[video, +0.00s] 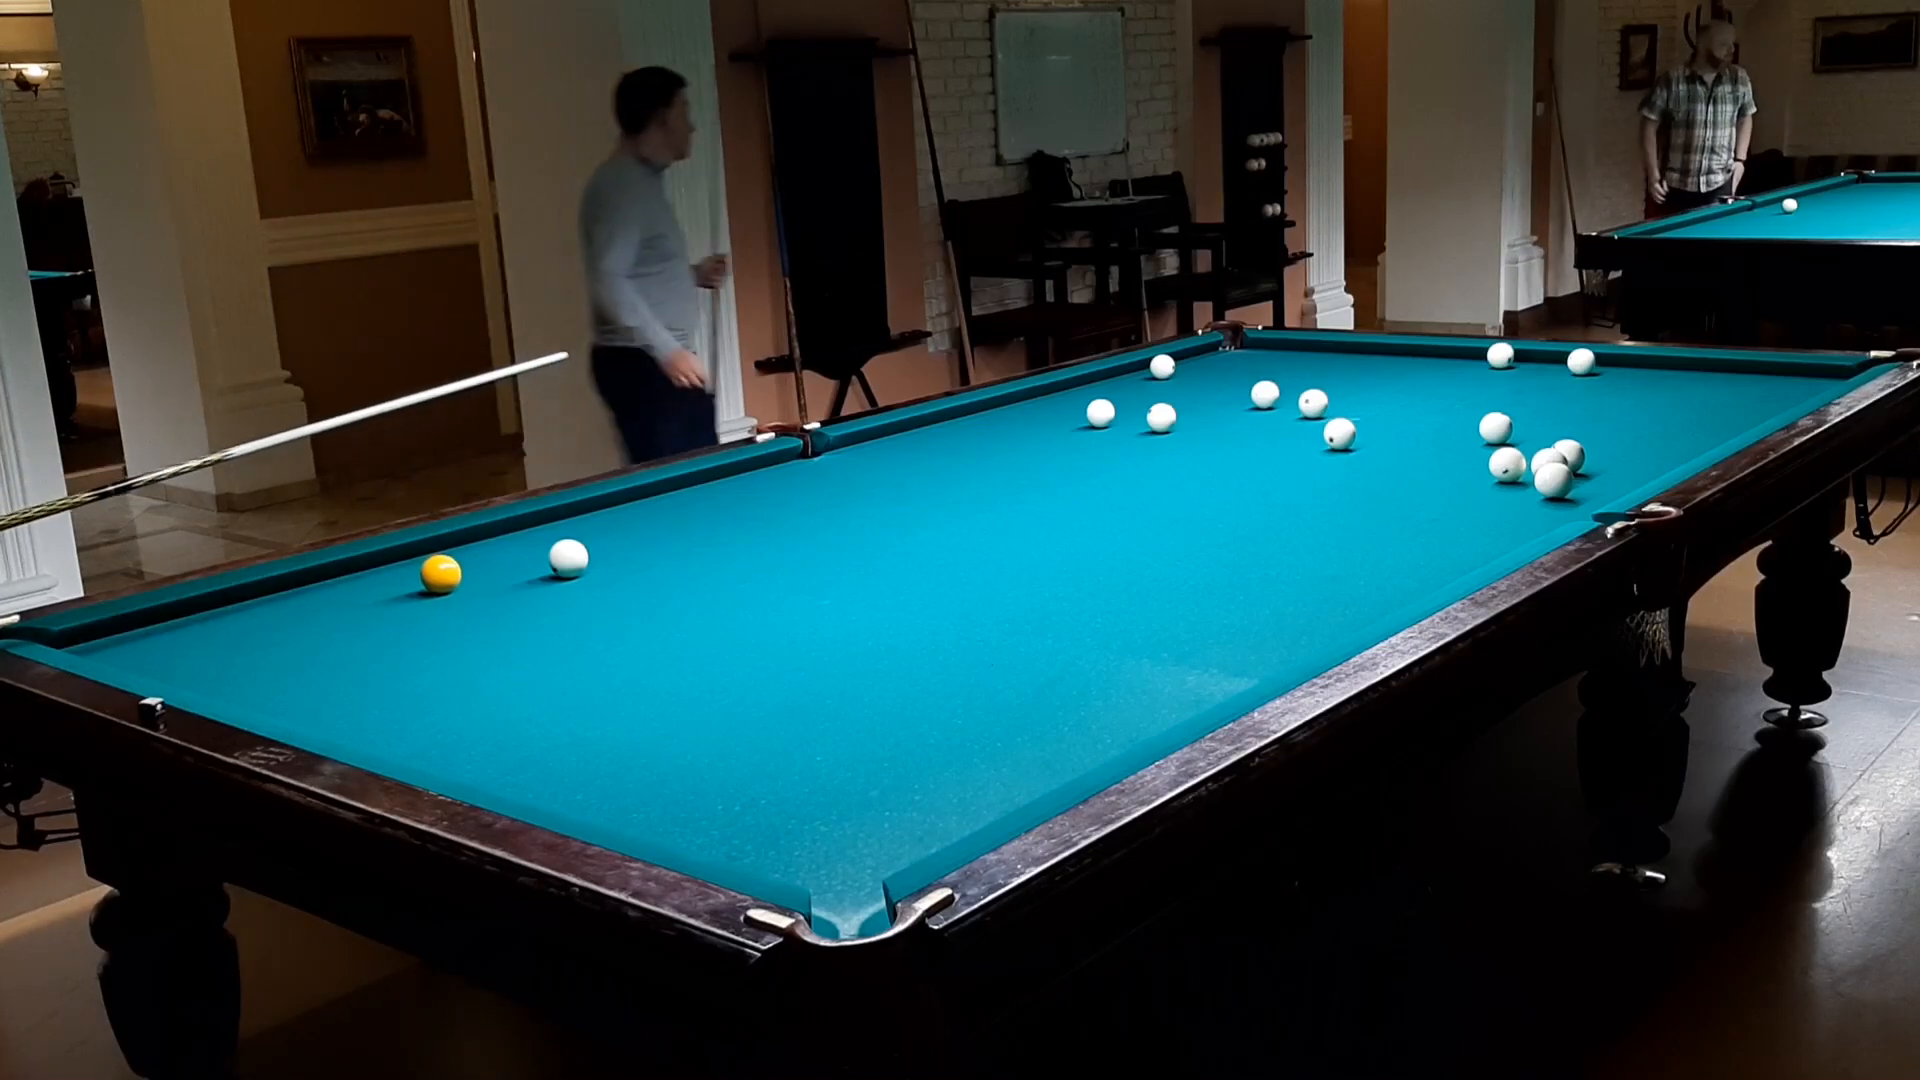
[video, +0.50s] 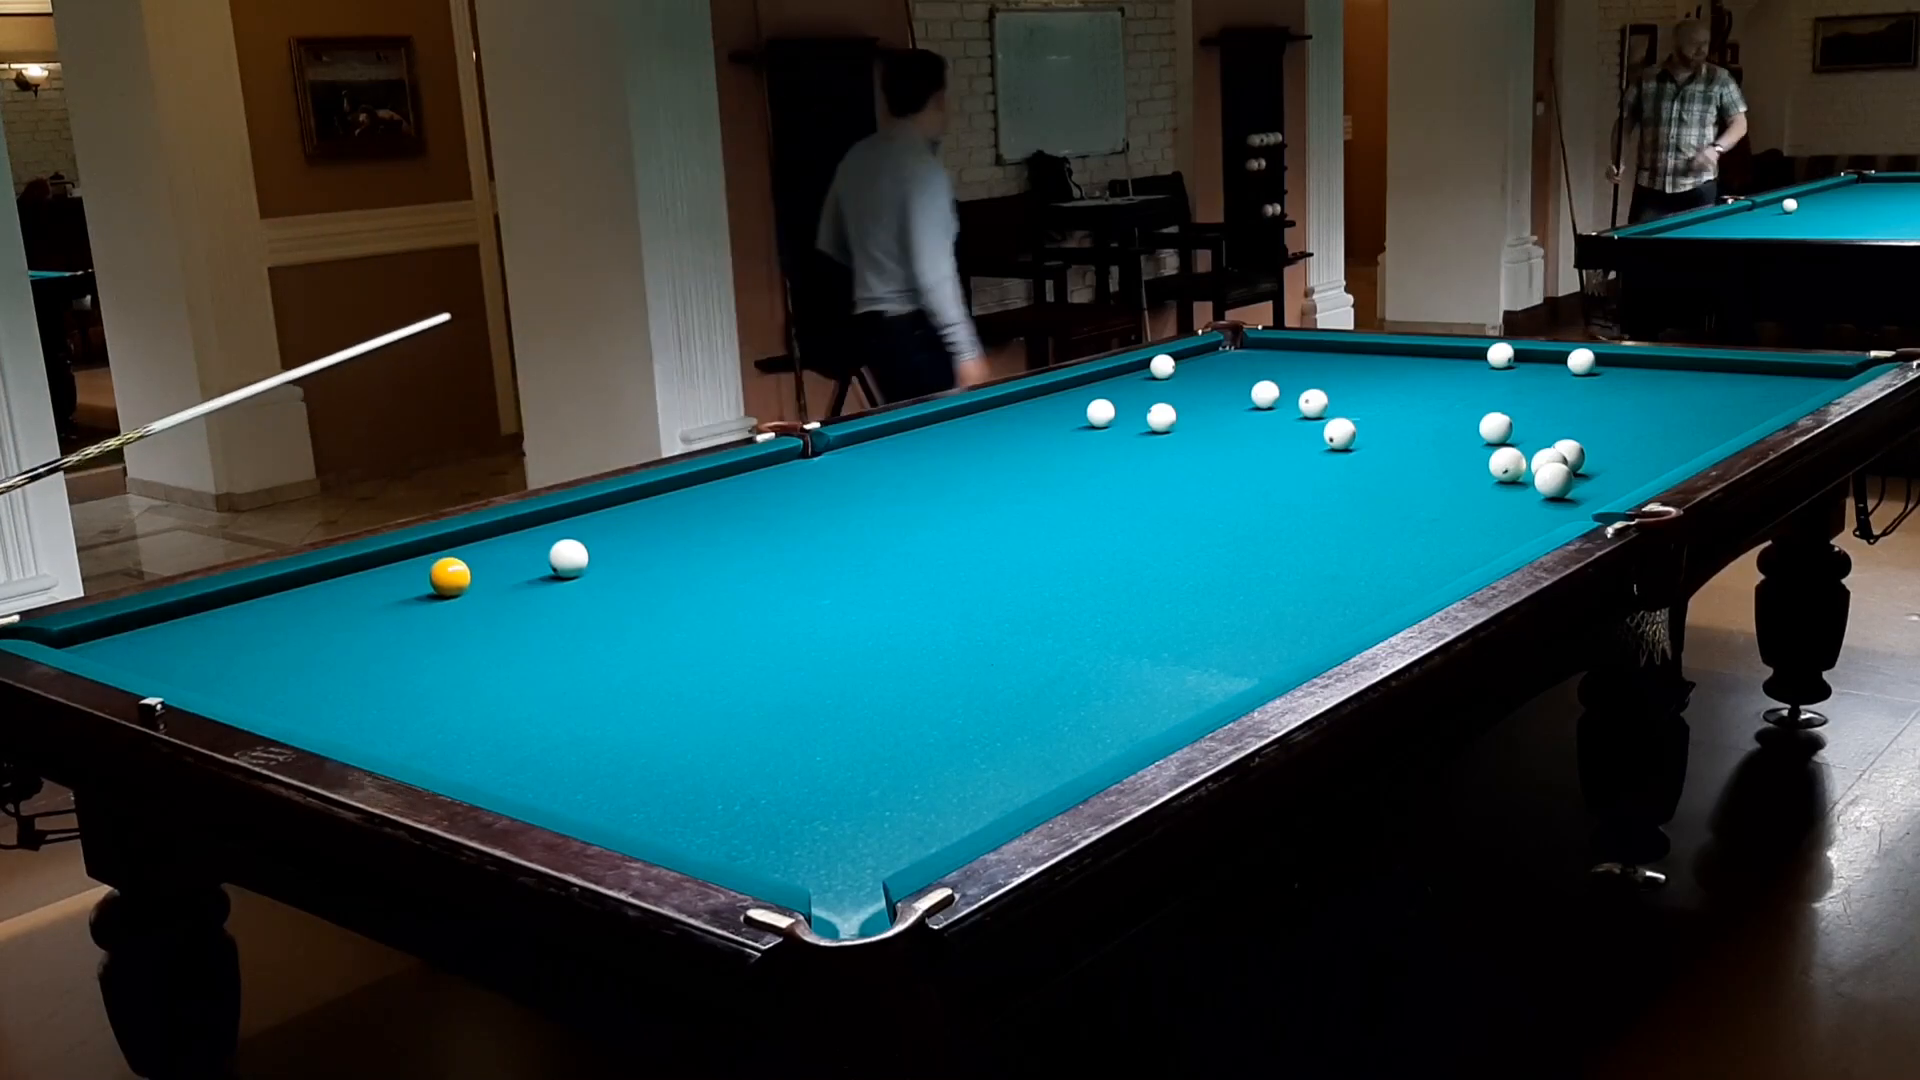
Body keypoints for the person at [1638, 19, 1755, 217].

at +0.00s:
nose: (1731, 50)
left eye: (1733, 45)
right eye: (1724, 44)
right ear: (1702, 43)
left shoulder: (1738, 79)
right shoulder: (1672, 80)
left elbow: (1745, 119)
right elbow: (1649, 125)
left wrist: (1740, 160)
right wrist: (1653, 174)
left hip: (1719, 188)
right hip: (1675, 189)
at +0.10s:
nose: (1733, 50)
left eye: (1734, 44)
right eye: (1726, 44)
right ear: (1704, 42)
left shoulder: (1739, 78)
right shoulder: (1671, 77)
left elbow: (1747, 118)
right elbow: (1646, 118)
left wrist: (1739, 159)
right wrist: (1643, 168)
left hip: (1716, 184)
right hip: (1672, 183)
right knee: (1668, 246)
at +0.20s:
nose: (1730, 49)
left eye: (1733, 43)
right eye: (1724, 42)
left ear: (1736, 45)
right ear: (1701, 40)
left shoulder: (1739, 79)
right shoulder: (1668, 76)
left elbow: (1749, 119)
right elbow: (1644, 119)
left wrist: (1740, 156)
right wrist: (1636, 167)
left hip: (1713, 185)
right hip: (1668, 183)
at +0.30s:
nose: (1724, 48)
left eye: (1727, 41)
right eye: (1717, 41)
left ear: (1730, 40)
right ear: (1695, 39)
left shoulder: (1736, 79)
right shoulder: (1664, 76)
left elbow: (1750, 119)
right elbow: (1639, 118)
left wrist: (1740, 156)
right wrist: (1628, 163)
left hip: (1709, 185)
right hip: (1663, 184)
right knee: (1657, 248)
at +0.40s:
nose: (1713, 48)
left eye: (1717, 41)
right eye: (1705, 42)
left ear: (1721, 41)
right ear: (1688, 40)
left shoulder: (1730, 79)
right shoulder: (1657, 77)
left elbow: (1747, 121)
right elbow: (1634, 120)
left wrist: (1732, 154)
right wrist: (1622, 161)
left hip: (1704, 186)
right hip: (1657, 185)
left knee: (1702, 250)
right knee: (1647, 246)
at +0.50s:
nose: (1703, 50)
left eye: (1706, 44)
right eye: (1695, 44)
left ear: (1710, 45)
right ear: (1677, 44)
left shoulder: (1719, 80)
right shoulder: (1647, 78)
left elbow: (1739, 124)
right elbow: (1624, 122)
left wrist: (1716, 150)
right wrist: (1617, 161)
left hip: (1697, 191)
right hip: (1651, 189)